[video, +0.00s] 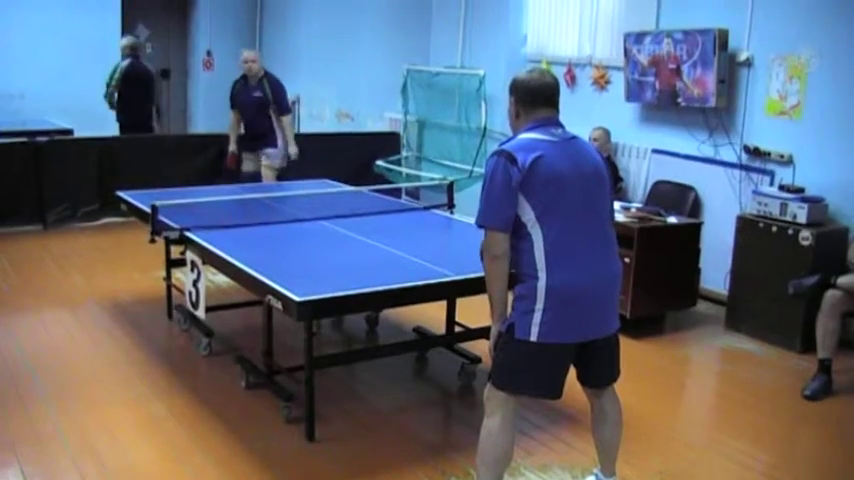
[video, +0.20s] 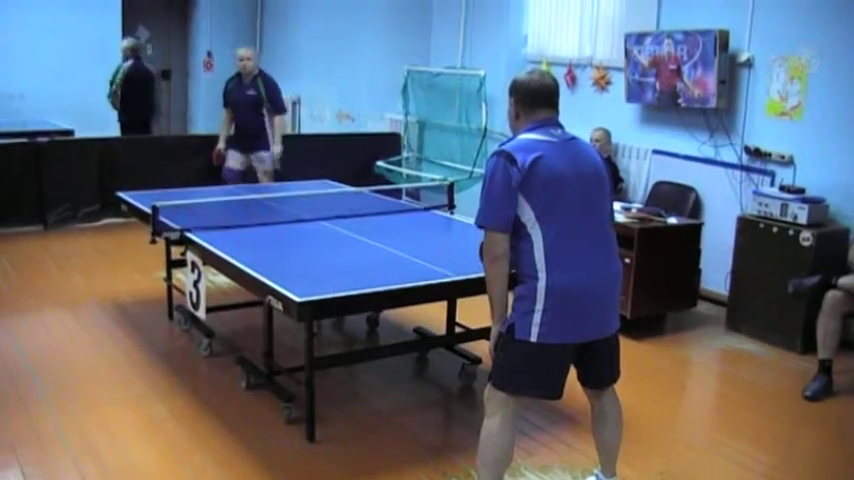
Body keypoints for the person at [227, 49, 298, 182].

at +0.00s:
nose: (250, 66)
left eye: (253, 62)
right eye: (246, 62)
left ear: (259, 63)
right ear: (241, 65)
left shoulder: (272, 83)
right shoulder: (238, 85)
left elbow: (285, 115)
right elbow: (235, 116)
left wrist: (291, 143)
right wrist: (232, 143)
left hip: (271, 139)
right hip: (249, 139)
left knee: (268, 181)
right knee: (247, 182)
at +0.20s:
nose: (244, 64)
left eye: (248, 60)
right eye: (241, 60)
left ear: (255, 61)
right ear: (237, 62)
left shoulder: (266, 83)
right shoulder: (231, 84)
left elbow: (278, 114)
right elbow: (228, 114)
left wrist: (277, 144)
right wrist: (221, 141)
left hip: (261, 142)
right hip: (238, 141)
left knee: (266, 185)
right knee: (230, 178)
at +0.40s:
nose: (231, 66)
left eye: (235, 62)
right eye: (228, 62)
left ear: (242, 64)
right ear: (224, 65)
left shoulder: (253, 86)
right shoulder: (217, 88)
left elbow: (262, 119)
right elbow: (212, 120)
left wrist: (253, 147)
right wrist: (203, 147)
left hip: (250, 147)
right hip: (224, 147)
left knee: (258, 193)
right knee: (215, 190)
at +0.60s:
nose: (216, 63)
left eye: (220, 59)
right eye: (212, 59)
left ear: (227, 61)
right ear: (207, 62)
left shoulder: (239, 84)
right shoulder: (200, 87)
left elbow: (251, 114)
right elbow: (191, 117)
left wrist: (244, 142)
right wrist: (182, 148)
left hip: (236, 149)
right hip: (210, 149)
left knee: (242, 194)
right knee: (209, 196)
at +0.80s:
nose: (209, 64)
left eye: (213, 60)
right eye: (205, 60)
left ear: (220, 62)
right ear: (200, 63)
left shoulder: (232, 85)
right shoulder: (191, 88)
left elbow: (247, 115)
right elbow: (182, 116)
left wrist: (248, 145)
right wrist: (173, 146)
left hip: (229, 150)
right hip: (203, 151)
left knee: (228, 195)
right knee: (206, 199)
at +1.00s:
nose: (211, 68)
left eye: (215, 64)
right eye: (207, 64)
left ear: (220, 67)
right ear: (201, 67)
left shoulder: (231, 91)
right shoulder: (189, 91)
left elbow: (245, 124)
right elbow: (179, 120)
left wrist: (249, 155)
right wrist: (180, 149)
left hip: (222, 155)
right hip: (196, 155)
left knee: (218, 199)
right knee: (197, 201)